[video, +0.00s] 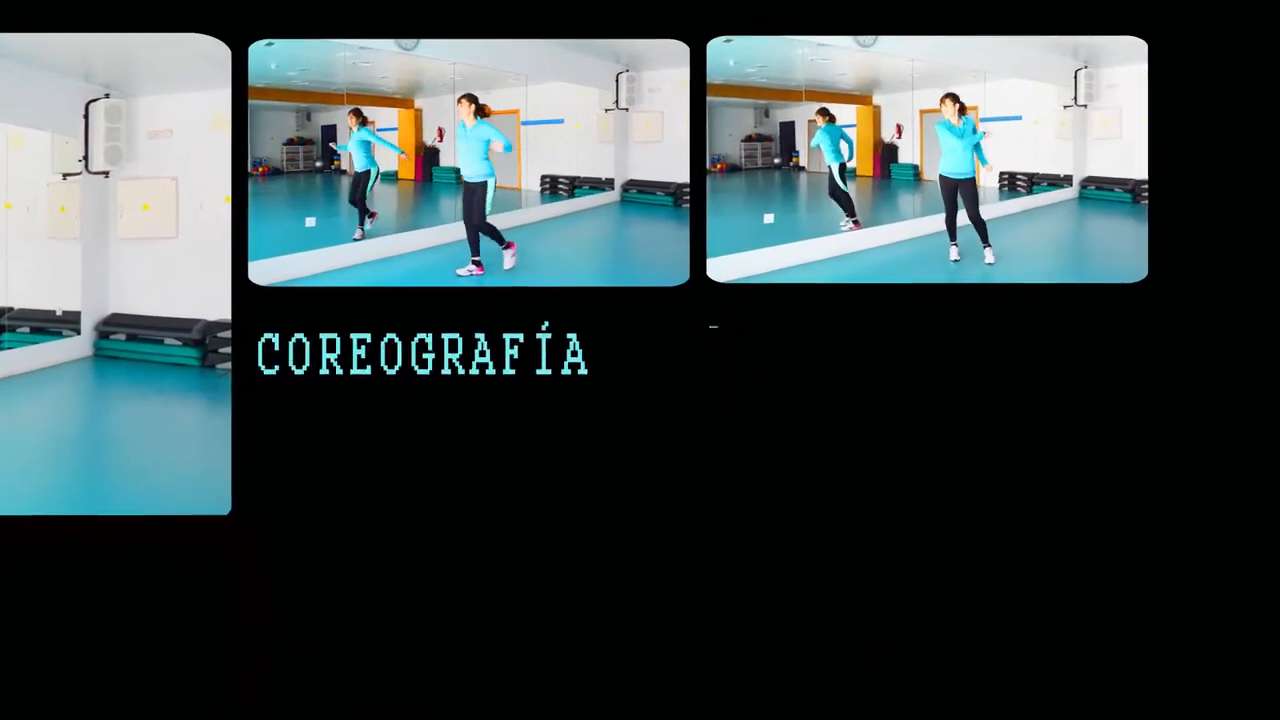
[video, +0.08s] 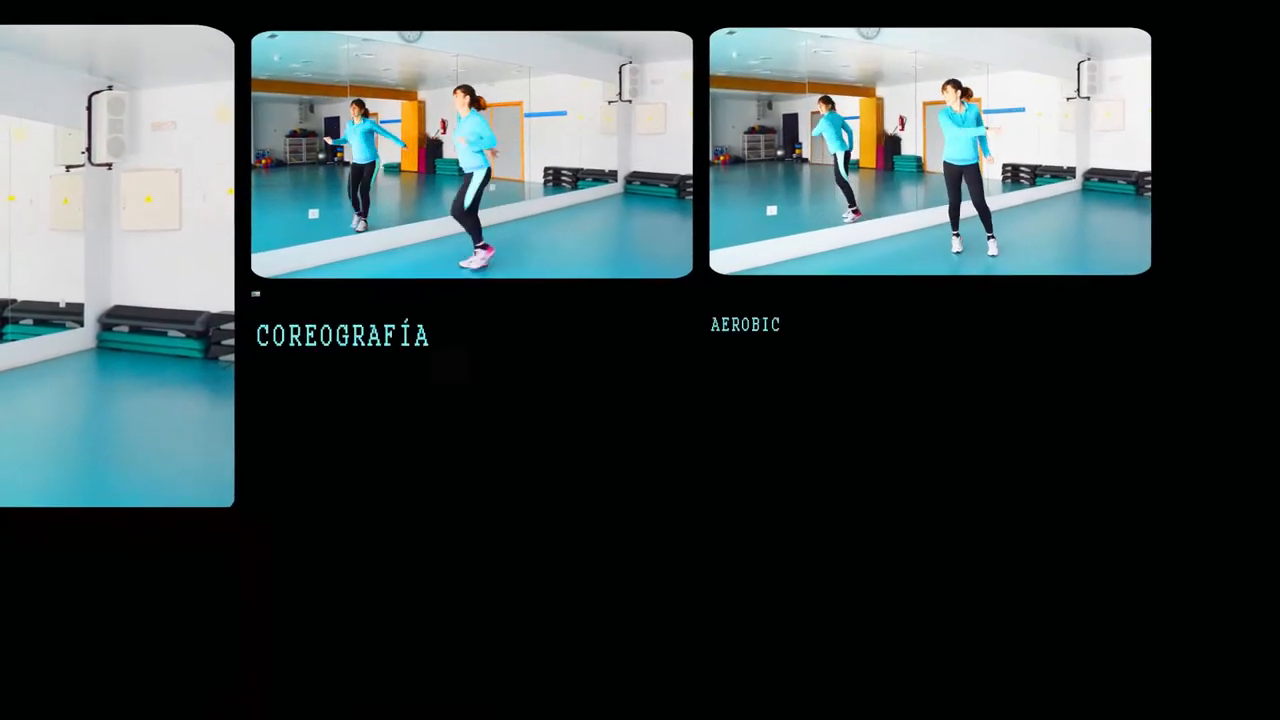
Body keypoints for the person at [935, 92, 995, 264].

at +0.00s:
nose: (943, 108)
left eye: (946, 104)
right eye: (942, 105)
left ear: (956, 106)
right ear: (942, 108)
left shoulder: (969, 122)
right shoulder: (941, 126)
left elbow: (975, 144)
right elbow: (960, 142)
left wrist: (984, 162)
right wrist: (980, 135)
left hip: (967, 176)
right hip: (947, 176)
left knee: (973, 214)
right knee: (950, 213)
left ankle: (987, 247)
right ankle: (953, 245)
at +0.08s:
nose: (944, 96)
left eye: (947, 92)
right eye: (943, 93)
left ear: (958, 93)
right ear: (947, 95)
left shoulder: (973, 109)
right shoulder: (944, 113)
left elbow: (980, 132)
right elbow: (955, 132)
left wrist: (987, 153)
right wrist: (985, 130)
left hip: (971, 162)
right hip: (951, 163)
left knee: (979, 202)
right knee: (954, 202)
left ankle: (991, 238)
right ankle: (955, 236)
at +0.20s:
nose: (948, 82)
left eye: (951, 78)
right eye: (948, 79)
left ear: (962, 79)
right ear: (950, 81)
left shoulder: (979, 97)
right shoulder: (948, 100)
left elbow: (993, 117)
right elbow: (944, 117)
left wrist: (999, 137)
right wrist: (946, 127)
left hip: (978, 150)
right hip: (958, 150)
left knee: (987, 188)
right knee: (953, 189)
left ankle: (997, 226)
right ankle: (957, 226)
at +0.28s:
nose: (951, 81)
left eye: (954, 76)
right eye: (950, 77)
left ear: (965, 77)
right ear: (953, 79)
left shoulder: (983, 94)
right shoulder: (951, 99)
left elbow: (1000, 110)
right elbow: (934, 111)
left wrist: (1011, 129)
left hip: (983, 149)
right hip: (963, 149)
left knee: (992, 184)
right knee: (954, 184)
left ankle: (1002, 221)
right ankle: (954, 226)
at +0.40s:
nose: (953, 74)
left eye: (956, 70)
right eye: (952, 71)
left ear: (967, 71)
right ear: (957, 73)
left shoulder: (985, 90)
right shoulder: (952, 93)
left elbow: (1003, 102)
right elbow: (928, 104)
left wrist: (1017, 113)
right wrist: (903, 114)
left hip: (984, 144)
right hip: (965, 145)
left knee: (995, 178)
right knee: (957, 180)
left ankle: (1010, 211)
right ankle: (957, 224)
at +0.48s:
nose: (952, 65)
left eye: (955, 61)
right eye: (952, 62)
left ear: (966, 62)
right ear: (955, 65)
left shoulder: (981, 83)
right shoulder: (951, 84)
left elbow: (999, 95)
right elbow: (938, 97)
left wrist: (1008, 101)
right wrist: (925, 108)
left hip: (980, 136)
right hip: (962, 137)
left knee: (988, 177)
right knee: (959, 177)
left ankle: (1010, 201)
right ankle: (963, 218)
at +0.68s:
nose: (948, 48)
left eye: (951, 44)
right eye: (949, 45)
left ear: (961, 47)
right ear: (962, 48)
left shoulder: (963, 66)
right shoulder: (964, 66)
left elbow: (974, 93)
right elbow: (981, 82)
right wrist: (994, 97)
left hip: (972, 119)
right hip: (972, 118)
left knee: (948, 157)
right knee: (968, 159)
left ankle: (965, 203)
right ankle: (977, 204)